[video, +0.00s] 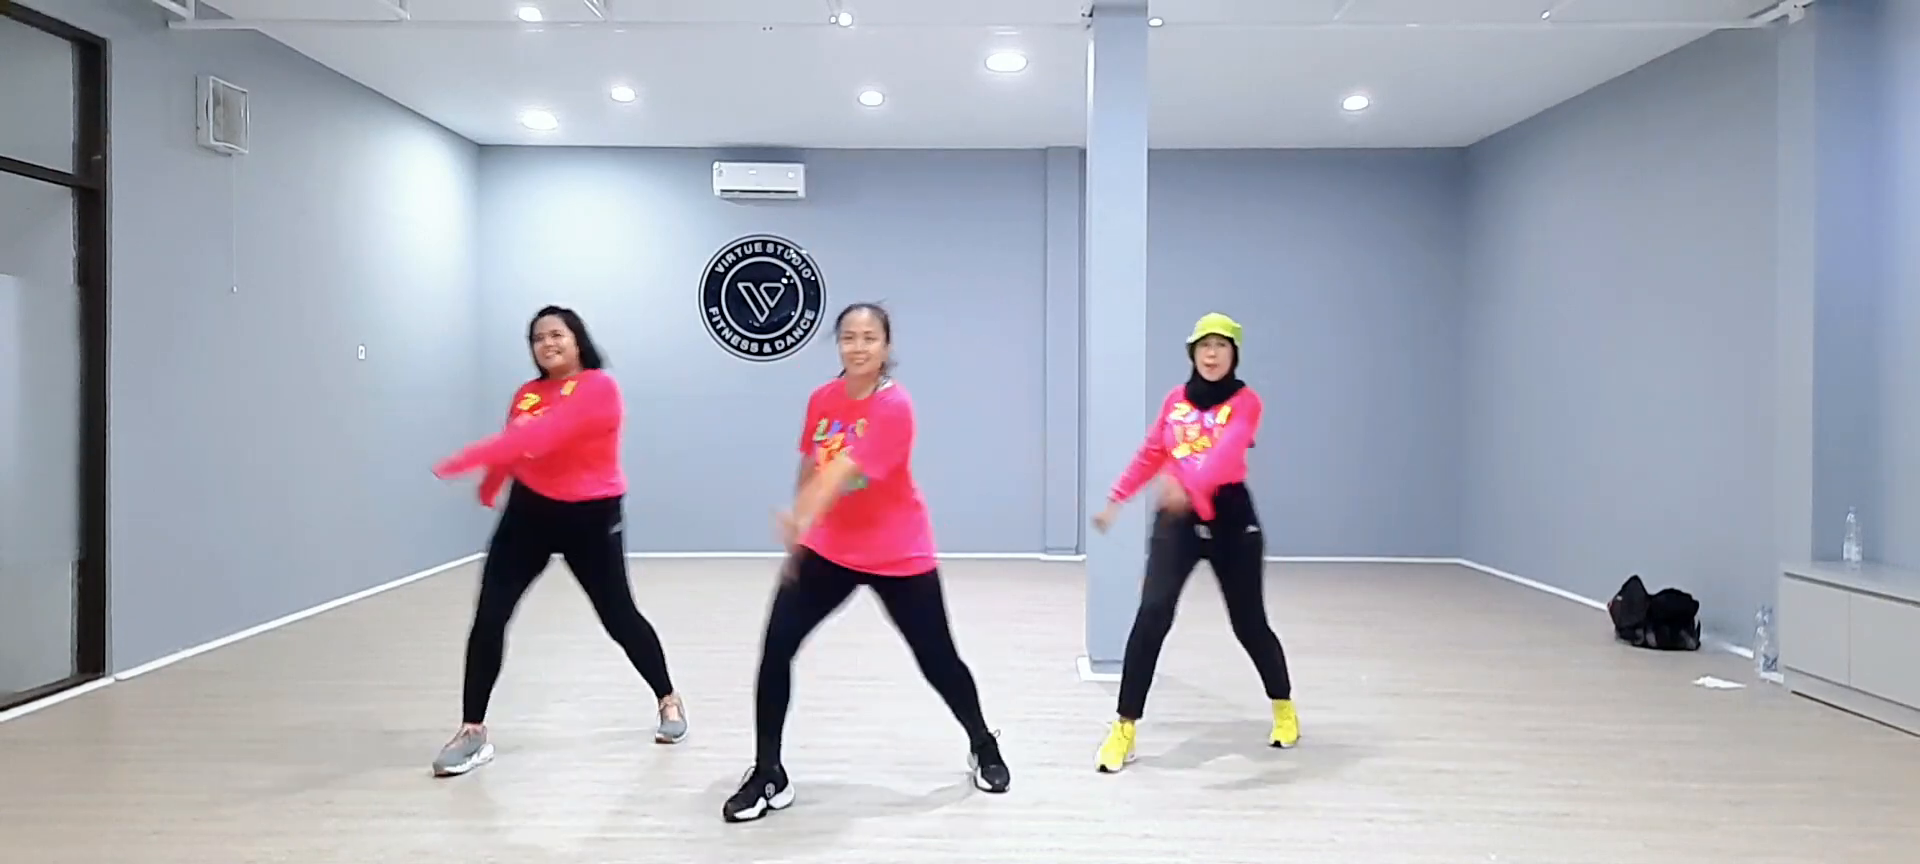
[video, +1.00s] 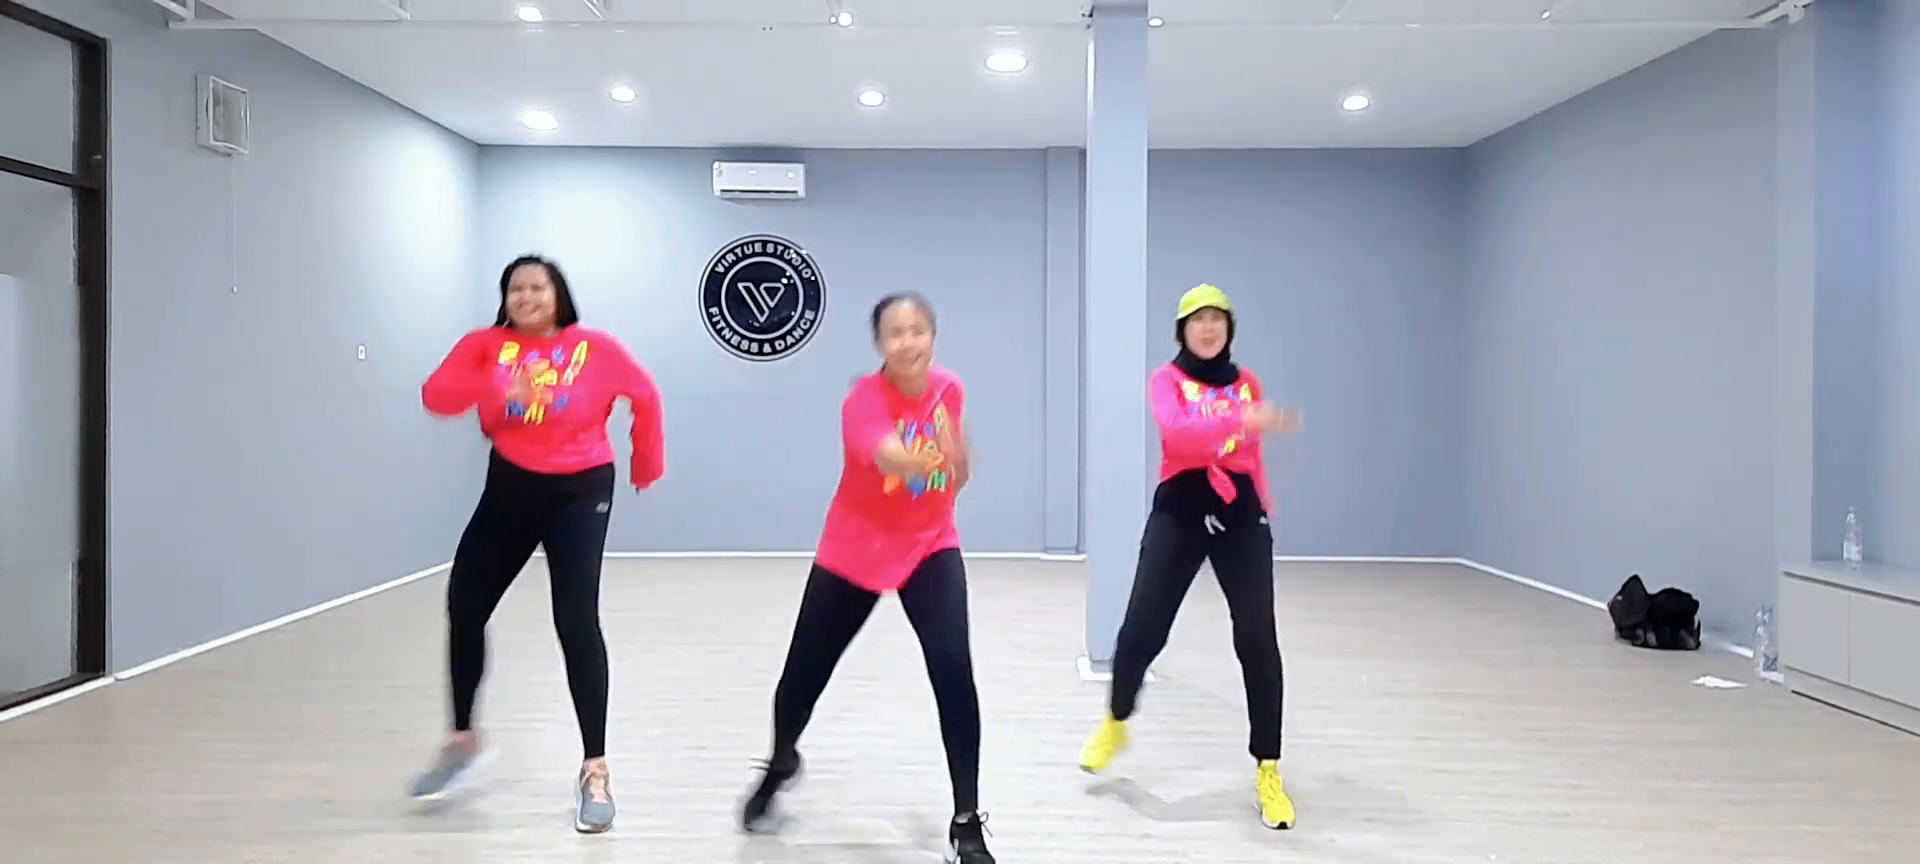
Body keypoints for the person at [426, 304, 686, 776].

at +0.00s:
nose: (547, 343)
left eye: (557, 334)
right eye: (539, 339)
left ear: (579, 340)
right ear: (533, 350)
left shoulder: (600, 389)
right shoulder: (528, 395)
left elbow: (544, 437)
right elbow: (513, 445)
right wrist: (492, 483)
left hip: (590, 516)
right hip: (529, 512)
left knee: (620, 618)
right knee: (489, 616)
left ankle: (668, 700)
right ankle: (473, 729)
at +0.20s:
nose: (505, 295)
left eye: (515, 287)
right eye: (496, 289)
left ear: (536, 295)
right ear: (485, 301)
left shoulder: (560, 335)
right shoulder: (474, 349)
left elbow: (556, 391)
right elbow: (437, 393)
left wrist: (475, 405)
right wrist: (392, 436)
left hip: (546, 477)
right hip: (483, 474)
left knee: (559, 594)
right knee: (468, 596)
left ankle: (564, 690)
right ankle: (459, 714)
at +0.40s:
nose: (466, 305)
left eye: (478, 297)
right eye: (457, 298)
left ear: (502, 305)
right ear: (447, 308)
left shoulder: (531, 340)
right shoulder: (434, 357)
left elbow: (572, 397)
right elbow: (373, 399)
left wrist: (532, 455)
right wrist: (301, 427)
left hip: (512, 491)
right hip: (449, 485)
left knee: (486, 618)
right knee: (426, 614)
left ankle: (468, 732)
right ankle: (397, 744)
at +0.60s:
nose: (454, 330)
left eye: (467, 323)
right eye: (446, 322)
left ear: (488, 332)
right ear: (434, 333)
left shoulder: (521, 371)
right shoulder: (411, 394)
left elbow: (561, 435)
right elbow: (361, 464)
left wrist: (586, 494)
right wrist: (307, 526)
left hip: (500, 517)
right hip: (430, 513)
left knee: (497, 613)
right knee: (401, 631)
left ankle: (498, 717)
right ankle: (394, 755)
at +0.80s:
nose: (485, 334)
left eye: (498, 327)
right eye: (475, 327)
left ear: (516, 338)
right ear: (460, 337)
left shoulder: (549, 381)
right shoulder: (439, 394)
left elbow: (585, 444)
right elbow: (432, 467)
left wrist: (608, 498)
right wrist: (442, 533)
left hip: (534, 527)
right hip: (466, 524)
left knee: (547, 636)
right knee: (423, 643)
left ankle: (592, 776)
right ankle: (396, 757)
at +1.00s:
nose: (527, 296)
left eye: (539, 287)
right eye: (517, 289)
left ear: (559, 297)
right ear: (505, 300)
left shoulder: (594, 348)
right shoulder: (484, 346)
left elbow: (647, 397)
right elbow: (437, 398)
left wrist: (647, 465)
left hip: (579, 495)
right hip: (510, 491)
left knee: (576, 622)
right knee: (465, 602)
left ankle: (595, 769)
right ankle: (462, 735)